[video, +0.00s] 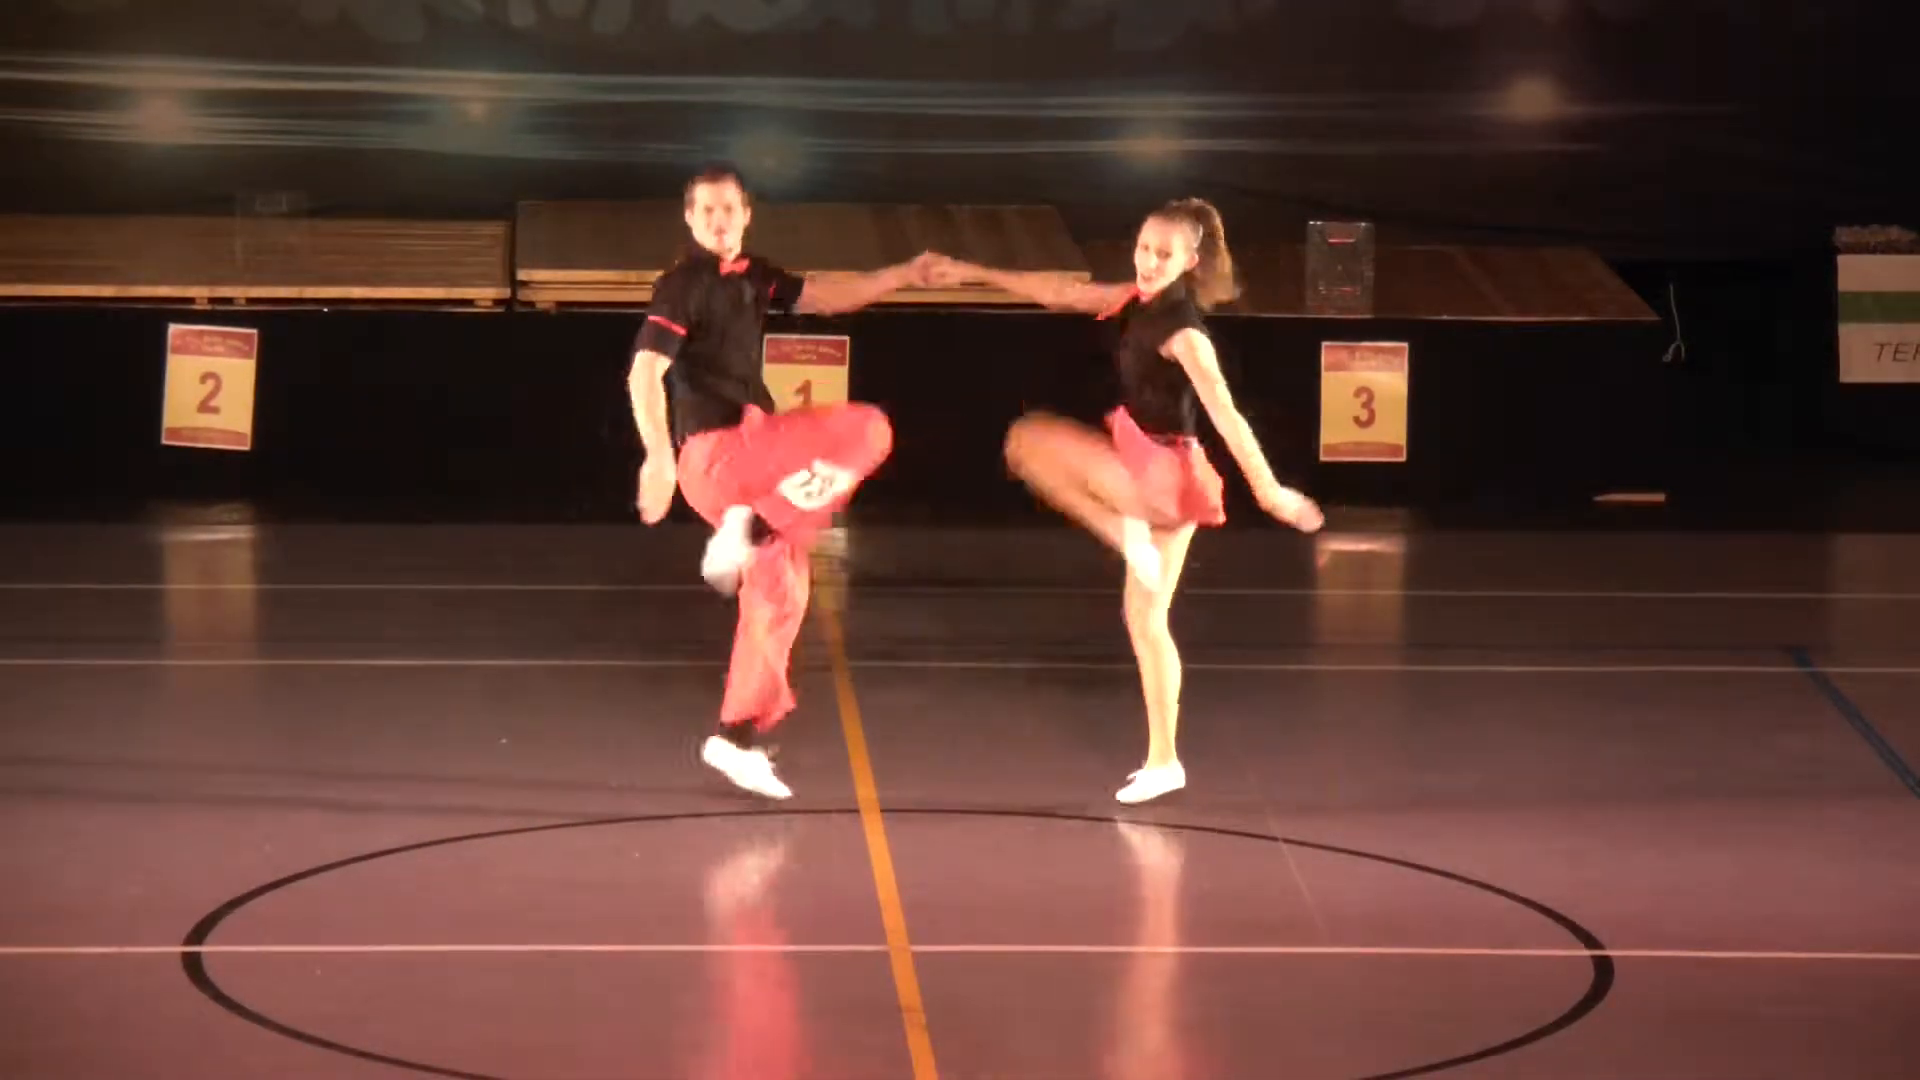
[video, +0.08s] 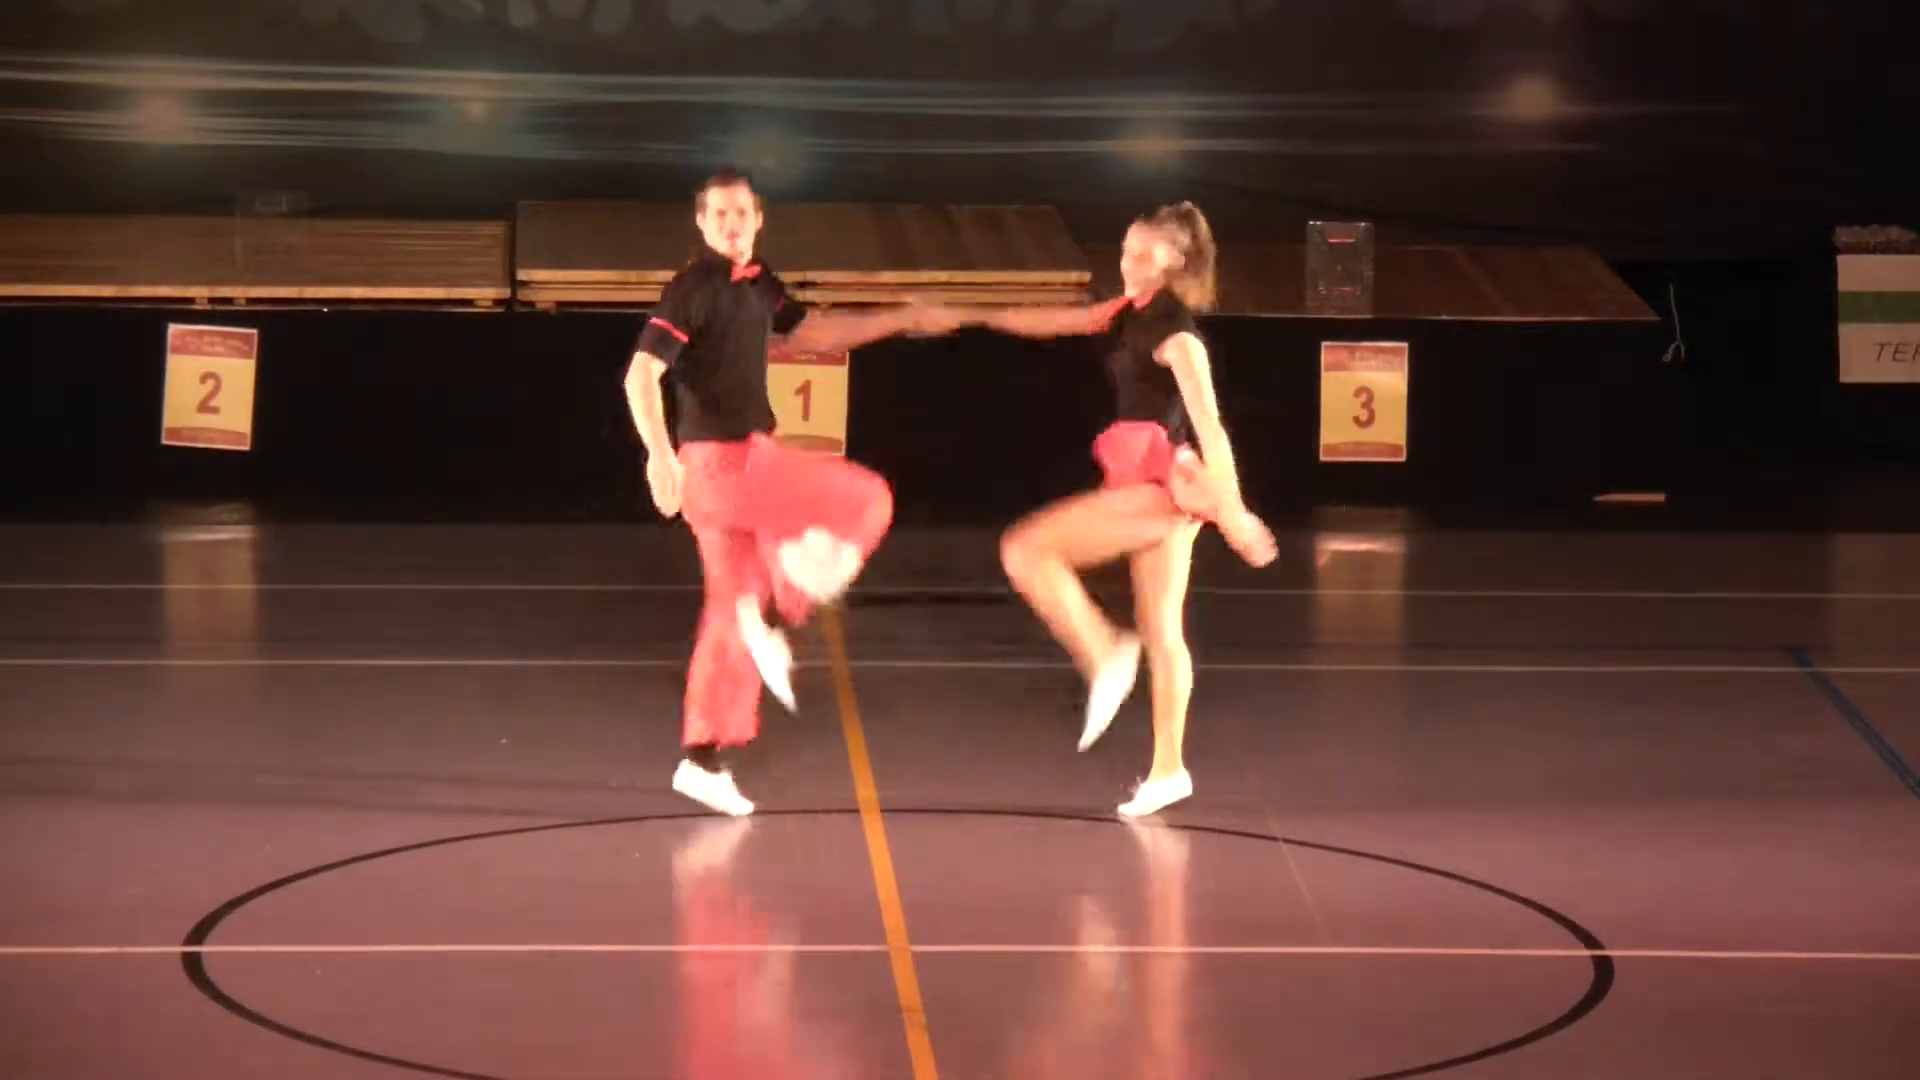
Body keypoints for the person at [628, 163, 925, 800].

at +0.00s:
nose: (718, 221)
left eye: (728, 209)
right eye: (705, 210)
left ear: (747, 213)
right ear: (688, 217)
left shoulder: (756, 278)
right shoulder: (685, 280)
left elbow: (828, 295)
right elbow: (644, 371)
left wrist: (905, 275)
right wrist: (659, 457)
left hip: (746, 453)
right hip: (710, 452)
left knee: (781, 583)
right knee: (864, 429)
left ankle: (738, 736)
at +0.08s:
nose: (731, 225)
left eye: (741, 213)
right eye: (718, 213)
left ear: (759, 219)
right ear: (700, 221)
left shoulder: (760, 287)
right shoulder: (693, 287)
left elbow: (819, 335)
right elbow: (641, 376)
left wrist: (902, 319)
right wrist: (661, 459)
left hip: (740, 460)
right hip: (718, 463)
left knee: (736, 601)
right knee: (865, 499)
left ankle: (701, 759)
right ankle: (773, 613)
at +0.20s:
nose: (761, 253)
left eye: (768, 242)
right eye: (747, 242)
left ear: (777, 249)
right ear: (718, 250)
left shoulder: (767, 327)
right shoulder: (709, 322)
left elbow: (817, 375)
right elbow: (653, 403)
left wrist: (893, 397)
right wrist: (717, 467)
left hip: (745, 500)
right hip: (737, 500)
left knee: (699, 638)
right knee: (803, 631)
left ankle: (675, 785)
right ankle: (778, 791)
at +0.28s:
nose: (808, 245)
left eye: (808, 233)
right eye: (799, 233)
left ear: (767, 239)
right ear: (756, 236)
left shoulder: (773, 300)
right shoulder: (735, 294)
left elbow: (843, 358)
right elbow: (712, 386)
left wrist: (856, 326)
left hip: (753, 473)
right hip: (728, 475)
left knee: (771, 603)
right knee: (782, 606)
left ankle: (715, 729)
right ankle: (754, 758)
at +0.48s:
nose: (834, 277)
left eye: (838, 267)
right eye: (832, 264)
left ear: (794, 244)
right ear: (800, 250)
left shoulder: (749, 270)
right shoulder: (776, 304)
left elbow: (773, 210)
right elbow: (827, 377)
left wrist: (773, 211)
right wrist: (904, 355)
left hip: (736, 466)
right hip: (738, 479)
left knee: (847, 517)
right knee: (756, 620)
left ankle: (920, 605)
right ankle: (749, 782)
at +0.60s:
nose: (845, 277)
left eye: (850, 266)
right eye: (846, 263)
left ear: (804, 241)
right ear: (822, 246)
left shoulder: (757, 268)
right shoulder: (780, 275)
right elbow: (803, 344)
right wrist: (873, 339)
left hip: (710, 454)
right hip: (738, 462)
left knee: (812, 557)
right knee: (854, 551)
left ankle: (762, 674)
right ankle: (779, 684)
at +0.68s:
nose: (857, 289)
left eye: (861, 279)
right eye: (855, 276)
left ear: (815, 260)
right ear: (825, 260)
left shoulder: (760, 286)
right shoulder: (784, 289)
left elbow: (716, 354)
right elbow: (777, 364)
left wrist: (816, 344)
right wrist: (857, 348)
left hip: (722, 471)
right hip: (749, 473)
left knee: (777, 607)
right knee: (870, 540)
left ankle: (756, 746)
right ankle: (794, 657)